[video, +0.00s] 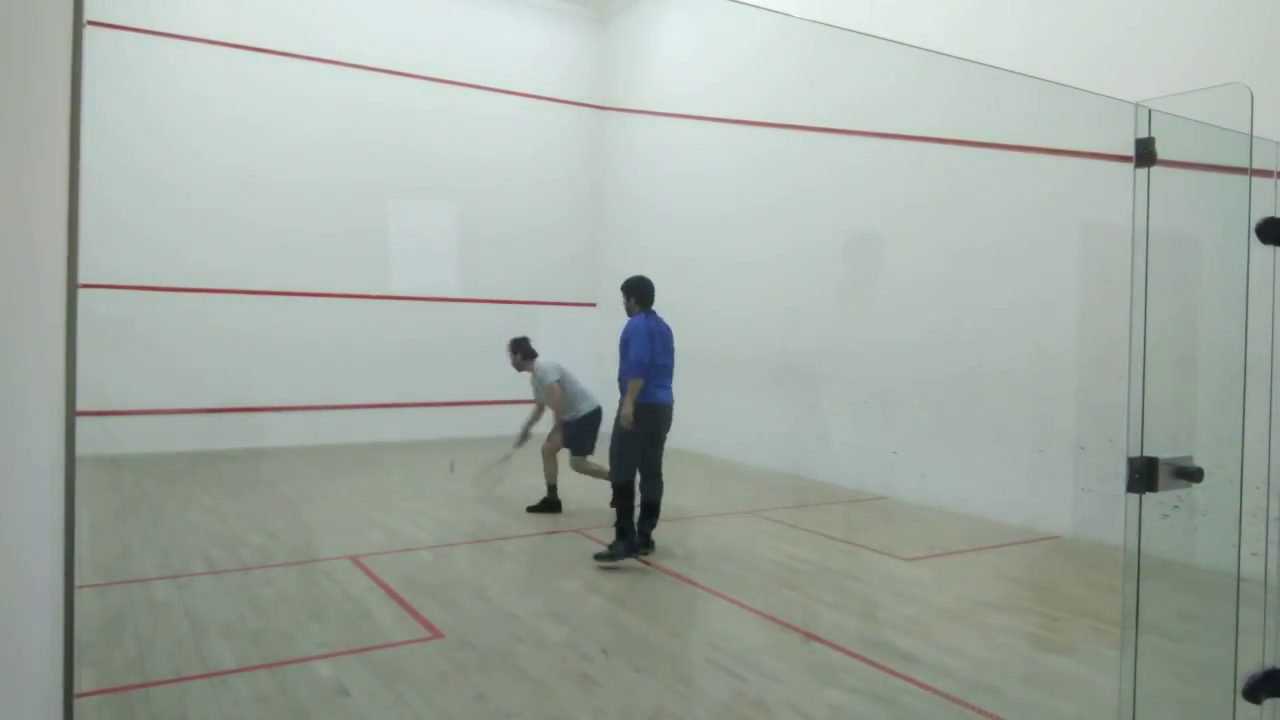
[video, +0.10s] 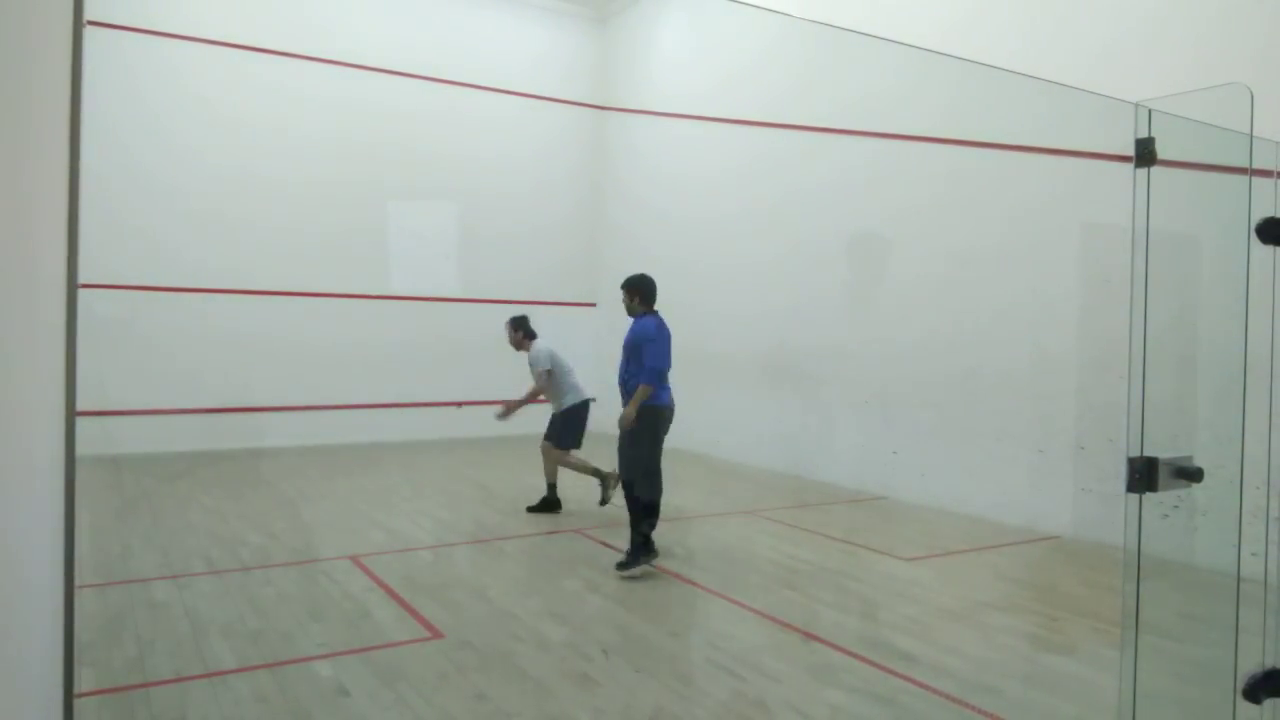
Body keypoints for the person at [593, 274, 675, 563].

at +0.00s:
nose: (623, 304)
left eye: (625, 299)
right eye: (624, 299)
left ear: (634, 299)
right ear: (648, 298)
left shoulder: (637, 326)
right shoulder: (663, 328)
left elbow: (637, 368)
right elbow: (663, 370)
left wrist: (628, 402)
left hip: (638, 405)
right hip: (661, 407)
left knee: (621, 469)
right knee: (651, 470)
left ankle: (624, 539)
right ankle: (644, 535)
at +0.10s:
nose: (624, 303)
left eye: (626, 297)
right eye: (624, 297)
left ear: (637, 298)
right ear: (645, 297)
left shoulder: (651, 328)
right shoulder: (645, 325)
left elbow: (653, 375)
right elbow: (648, 372)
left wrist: (632, 406)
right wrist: (631, 403)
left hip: (649, 408)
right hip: (643, 407)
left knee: (639, 473)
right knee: (635, 472)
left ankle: (641, 547)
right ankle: (641, 542)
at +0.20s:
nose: (630, 303)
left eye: (635, 299)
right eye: (629, 298)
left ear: (652, 301)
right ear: (638, 301)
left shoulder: (665, 333)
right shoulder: (637, 333)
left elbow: (674, 374)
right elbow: (634, 376)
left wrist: (634, 383)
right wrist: (628, 416)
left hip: (654, 417)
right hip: (637, 416)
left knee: (639, 478)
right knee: (633, 476)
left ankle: (644, 553)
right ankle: (639, 536)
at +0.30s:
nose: (647, 297)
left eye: (654, 293)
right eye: (643, 292)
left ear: (665, 297)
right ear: (636, 295)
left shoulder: (678, 329)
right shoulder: (630, 330)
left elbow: (687, 366)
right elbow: (622, 373)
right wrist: (611, 412)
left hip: (662, 421)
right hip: (631, 417)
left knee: (651, 488)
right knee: (615, 480)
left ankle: (645, 552)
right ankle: (619, 539)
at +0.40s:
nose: (661, 297)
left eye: (666, 293)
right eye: (655, 291)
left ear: (673, 298)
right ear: (644, 294)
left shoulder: (681, 328)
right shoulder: (627, 332)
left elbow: (704, 345)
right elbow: (612, 375)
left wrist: (685, 306)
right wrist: (601, 415)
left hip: (670, 425)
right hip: (633, 423)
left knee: (659, 494)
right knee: (625, 491)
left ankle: (645, 553)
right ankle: (617, 565)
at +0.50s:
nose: (669, 303)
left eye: (674, 299)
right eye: (663, 297)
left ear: (682, 303)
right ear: (651, 299)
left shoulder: (688, 332)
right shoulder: (631, 336)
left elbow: (714, 332)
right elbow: (613, 381)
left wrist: (690, 298)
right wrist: (604, 421)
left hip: (675, 429)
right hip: (638, 429)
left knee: (664, 500)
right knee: (647, 503)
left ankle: (640, 553)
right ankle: (656, 582)